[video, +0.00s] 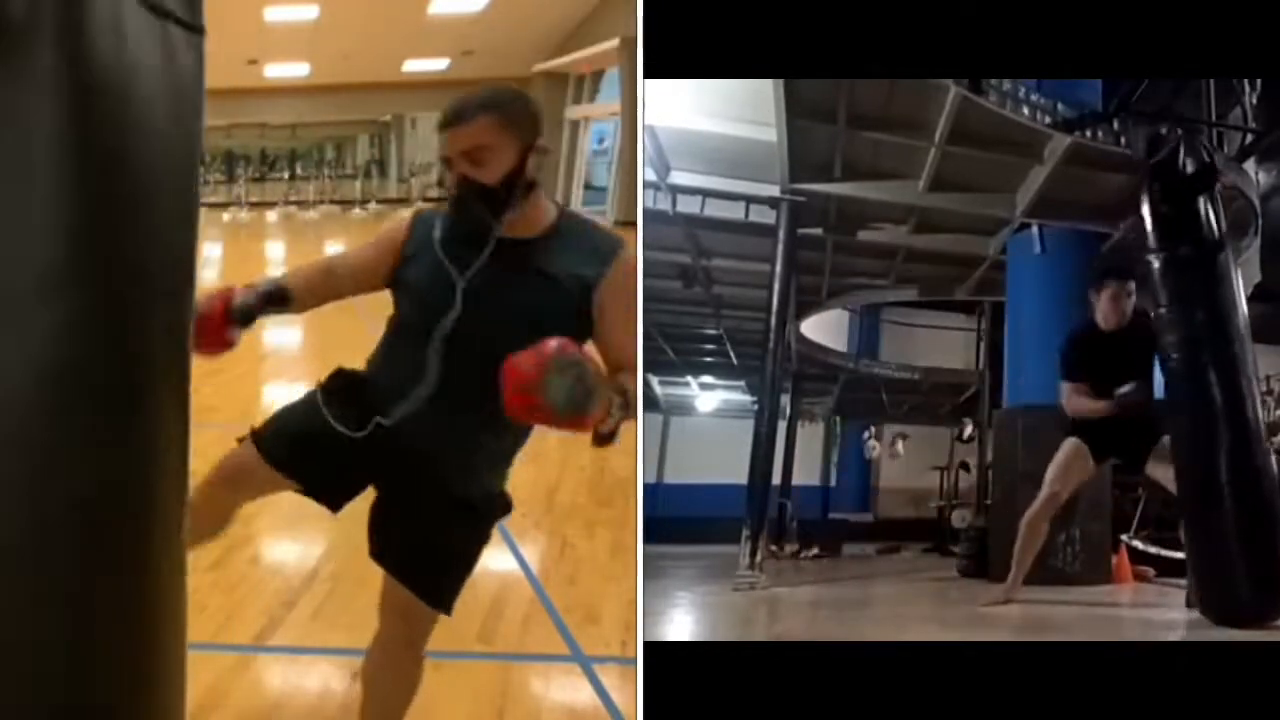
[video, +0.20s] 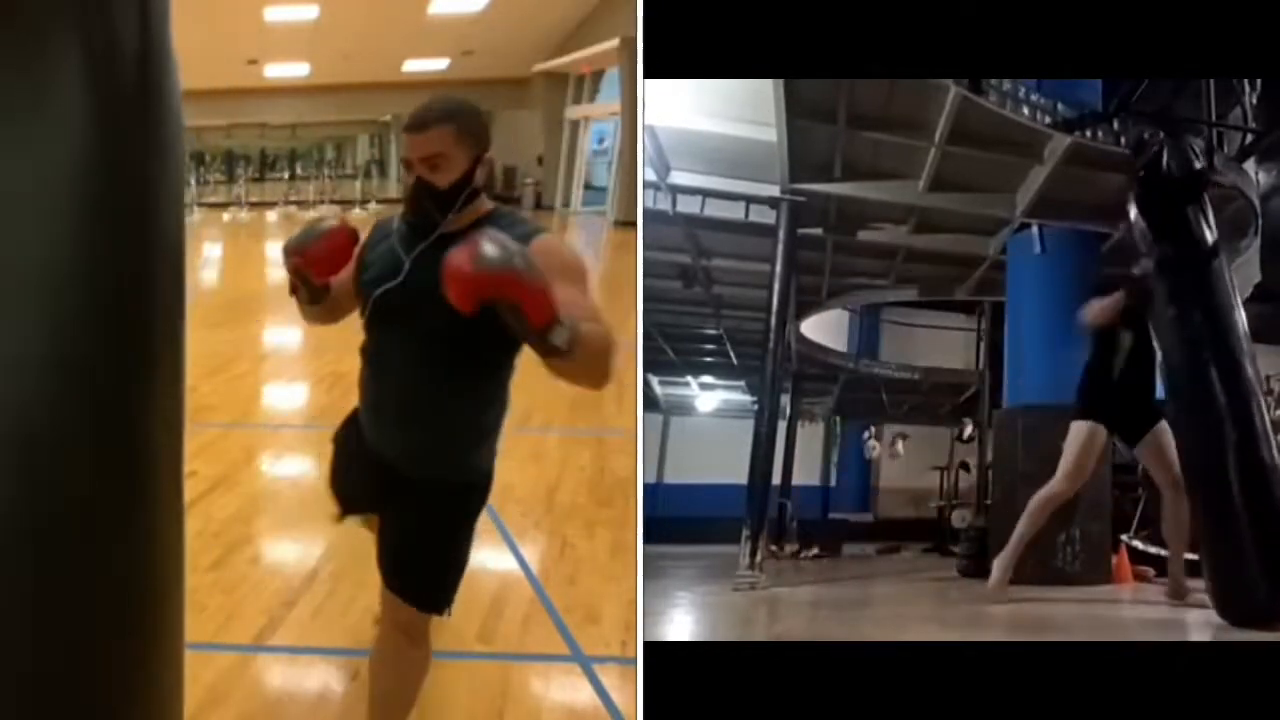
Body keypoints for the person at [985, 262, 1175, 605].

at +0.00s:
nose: (1121, 304)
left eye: (1127, 296)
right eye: (1114, 296)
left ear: (1136, 299)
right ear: (1095, 298)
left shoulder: (1145, 332)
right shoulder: (1079, 340)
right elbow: (1071, 403)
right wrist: (1113, 405)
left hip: (1140, 426)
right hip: (1094, 429)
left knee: (1196, 488)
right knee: (1050, 495)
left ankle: (1211, 581)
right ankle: (1011, 585)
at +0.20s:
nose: (1146, 272)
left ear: (1151, 273)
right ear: (1124, 267)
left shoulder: (1157, 301)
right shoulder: (1110, 293)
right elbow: (1090, 317)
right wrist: (1130, 292)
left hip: (1139, 404)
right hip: (1098, 401)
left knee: (1174, 483)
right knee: (1064, 484)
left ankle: (1177, 580)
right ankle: (1006, 560)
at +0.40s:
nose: (1170, 281)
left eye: (1172, 273)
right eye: (1165, 271)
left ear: (1164, 275)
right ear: (1146, 270)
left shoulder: (1159, 309)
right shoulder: (1117, 293)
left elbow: (1176, 342)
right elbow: (1129, 337)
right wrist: (1171, 338)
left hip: (1124, 408)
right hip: (1082, 403)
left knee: (1163, 486)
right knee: (1041, 484)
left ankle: (1173, 585)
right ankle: (987, 564)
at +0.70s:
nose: (1117, 350)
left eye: (1124, 345)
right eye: (1114, 342)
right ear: (1101, 330)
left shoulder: (1125, 359)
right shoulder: (1060, 343)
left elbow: (1133, 411)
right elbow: (1032, 395)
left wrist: (1130, 404)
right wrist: (1078, 376)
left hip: (1095, 443)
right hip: (1045, 440)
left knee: (1156, 492)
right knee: (996, 497)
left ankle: (1173, 586)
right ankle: (963, 585)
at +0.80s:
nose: (1078, 305)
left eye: (1085, 299)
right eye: (1075, 296)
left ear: (1089, 301)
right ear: (1059, 288)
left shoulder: (1075, 329)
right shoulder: (1015, 314)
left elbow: (1089, 383)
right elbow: (1004, 365)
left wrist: (1078, 344)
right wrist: (1045, 330)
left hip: (1053, 422)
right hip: (1002, 421)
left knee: (1091, 490)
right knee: (970, 490)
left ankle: (1121, 574)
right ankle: (959, 578)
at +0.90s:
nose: (1061, 289)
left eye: (1069, 285)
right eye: (1059, 278)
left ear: (1070, 289)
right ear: (1043, 271)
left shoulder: (1055, 317)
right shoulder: (1003, 298)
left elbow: (1077, 365)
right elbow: (989, 343)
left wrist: (1064, 324)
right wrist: (1030, 314)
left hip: (1032, 413)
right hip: (984, 410)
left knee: (1077, 479)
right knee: (957, 477)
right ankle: (949, 574)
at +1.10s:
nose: (1014, 275)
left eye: (1021, 270)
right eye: (1010, 266)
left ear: (1026, 272)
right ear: (994, 260)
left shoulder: (1016, 303)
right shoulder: (958, 287)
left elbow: (1022, 353)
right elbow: (949, 337)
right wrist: (989, 307)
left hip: (976, 410)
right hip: (930, 403)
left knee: (1020, 482)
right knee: (898, 484)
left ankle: (972, 558)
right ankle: (849, 578)